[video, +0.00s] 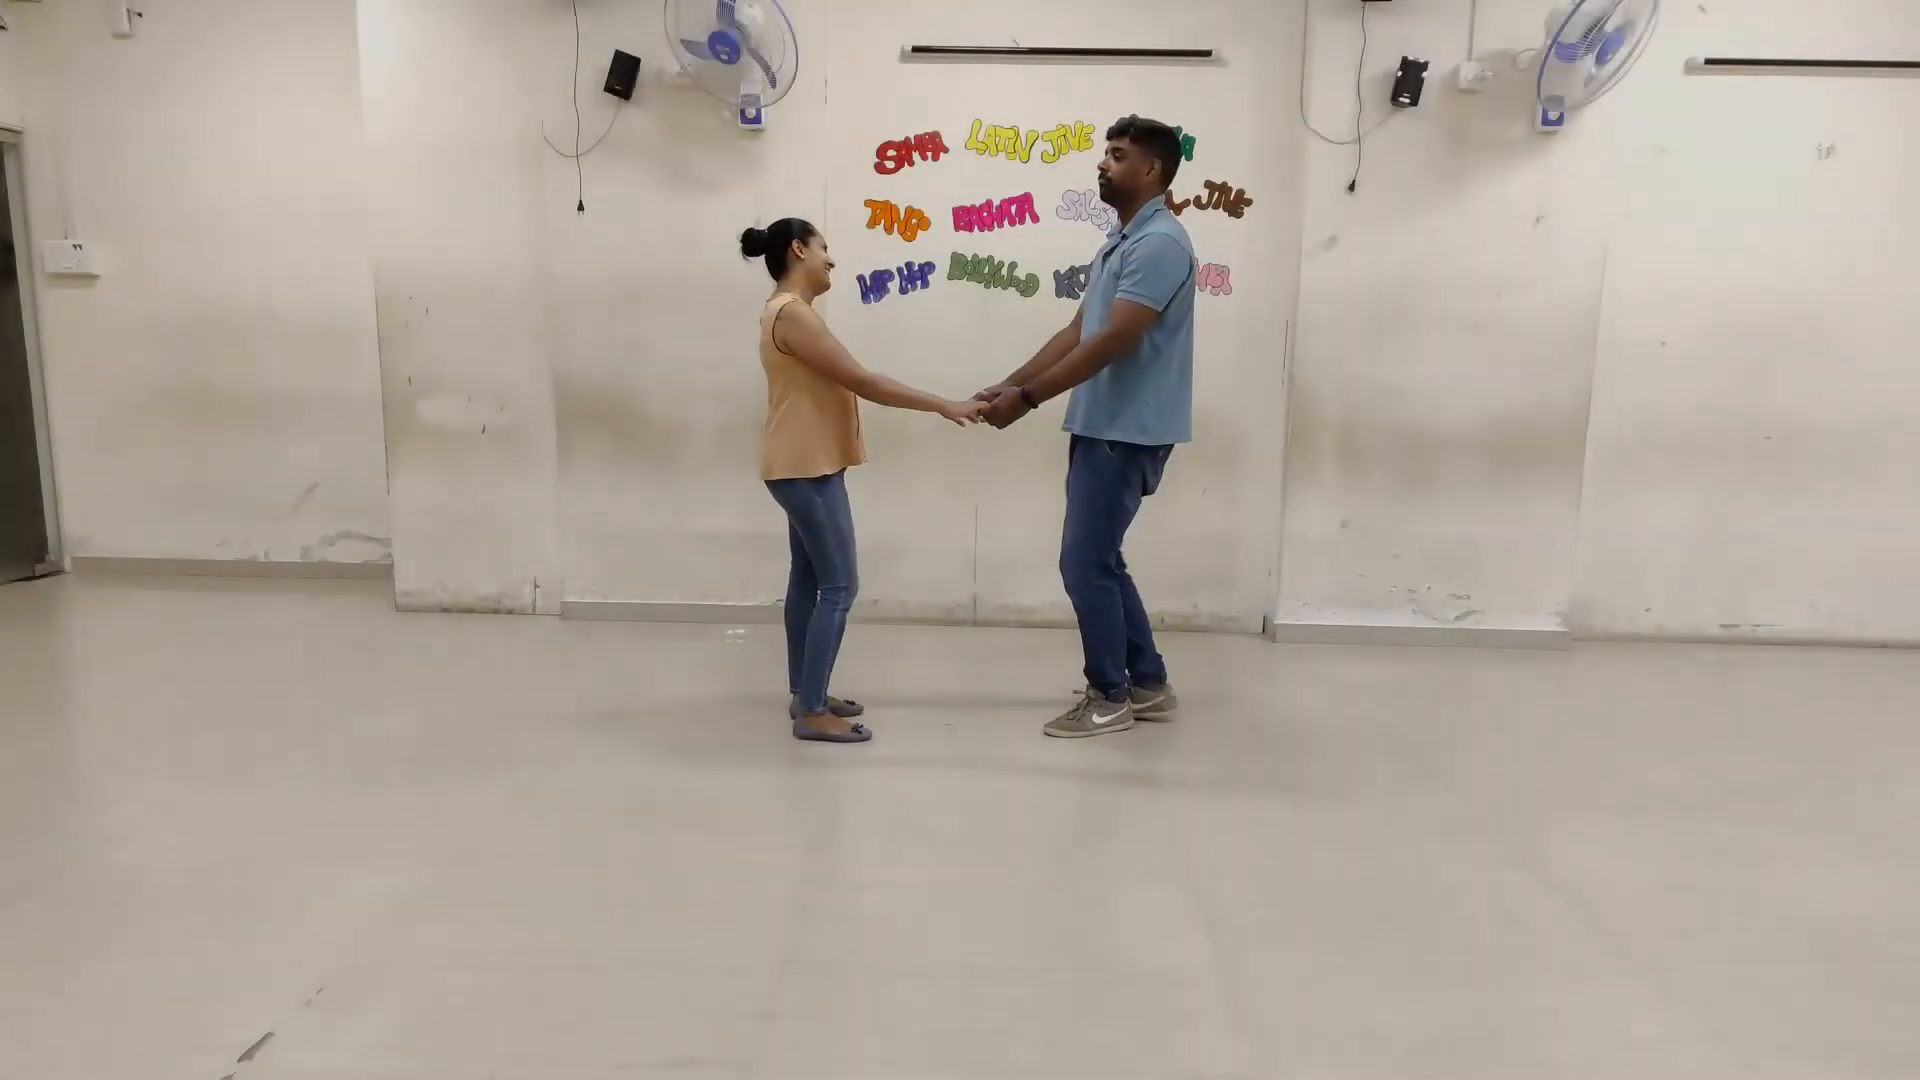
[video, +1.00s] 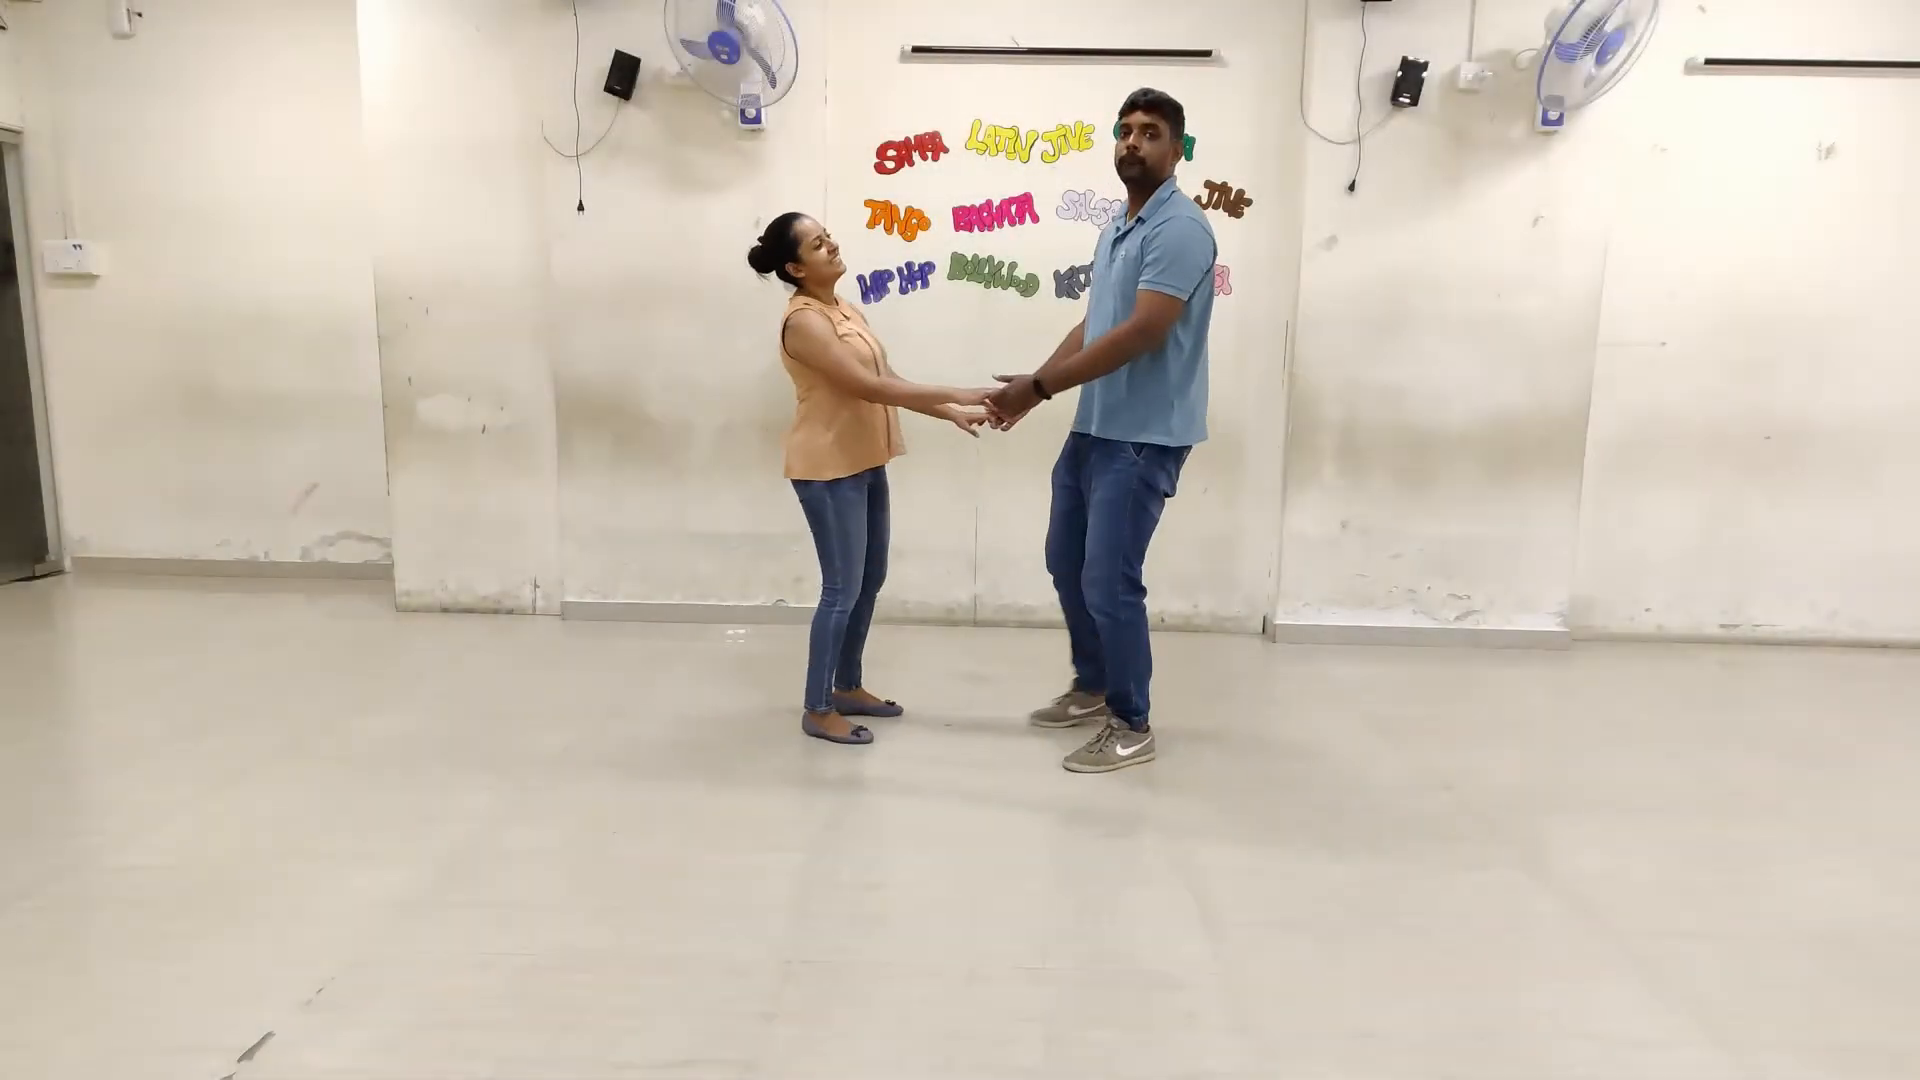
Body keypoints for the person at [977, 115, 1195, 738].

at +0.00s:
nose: (1103, 163)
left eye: (1116, 155)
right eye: (1105, 154)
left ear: (1153, 169)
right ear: (1131, 170)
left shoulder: (1161, 241)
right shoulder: (1122, 242)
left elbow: (1119, 336)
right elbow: (1078, 332)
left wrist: (1030, 394)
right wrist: (1014, 384)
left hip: (1127, 429)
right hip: (1102, 425)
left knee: (1084, 561)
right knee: (1096, 556)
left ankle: (1111, 694)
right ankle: (1146, 682)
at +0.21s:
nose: (1106, 156)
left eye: (1120, 147)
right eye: (1108, 147)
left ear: (1157, 162)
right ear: (1137, 164)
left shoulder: (1164, 234)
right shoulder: (1130, 235)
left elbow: (1128, 333)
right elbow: (1083, 323)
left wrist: (1042, 391)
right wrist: (1012, 369)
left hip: (1144, 426)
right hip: (1129, 423)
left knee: (1098, 559)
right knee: (1132, 555)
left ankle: (1077, 700)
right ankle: (1153, 688)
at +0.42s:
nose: (1117, 158)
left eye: (1132, 149)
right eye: (1114, 149)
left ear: (1168, 163)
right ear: (1115, 163)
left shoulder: (1169, 234)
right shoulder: (1129, 240)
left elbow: (1136, 333)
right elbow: (1088, 326)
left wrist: (1050, 394)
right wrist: (1013, 369)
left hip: (1149, 429)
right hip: (1123, 426)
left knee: (1110, 560)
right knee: (1131, 558)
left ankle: (1085, 705)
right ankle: (1153, 689)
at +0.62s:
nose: (1133, 157)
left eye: (1150, 150)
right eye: (1127, 148)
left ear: (1176, 167)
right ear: (1116, 163)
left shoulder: (1182, 240)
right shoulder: (1118, 242)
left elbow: (1148, 342)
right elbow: (1085, 327)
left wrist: (1060, 396)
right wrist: (1017, 374)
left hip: (1147, 431)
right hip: (1108, 425)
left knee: (1102, 568)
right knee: (1117, 562)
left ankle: (1124, 717)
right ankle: (1151, 684)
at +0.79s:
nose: (1134, 153)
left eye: (1151, 145)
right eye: (1127, 143)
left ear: (1178, 163)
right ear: (1116, 160)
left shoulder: (1182, 238)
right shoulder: (1117, 241)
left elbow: (1151, 340)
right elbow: (1086, 332)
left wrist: (1059, 404)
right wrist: (1018, 387)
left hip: (1146, 438)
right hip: (1101, 431)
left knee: (1105, 576)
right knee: (1090, 565)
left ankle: (1126, 723)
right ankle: (1144, 673)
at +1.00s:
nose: (1133, 143)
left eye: (1150, 134)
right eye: (1126, 133)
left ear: (1177, 150)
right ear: (1115, 146)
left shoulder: (1183, 228)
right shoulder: (1116, 232)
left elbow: (1147, 330)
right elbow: (1090, 328)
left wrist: (1044, 384)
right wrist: (1032, 386)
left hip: (1145, 436)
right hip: (1095, 428)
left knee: (1111, 580)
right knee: (1067, 560)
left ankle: (1132, 727)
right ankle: (1096, 687)